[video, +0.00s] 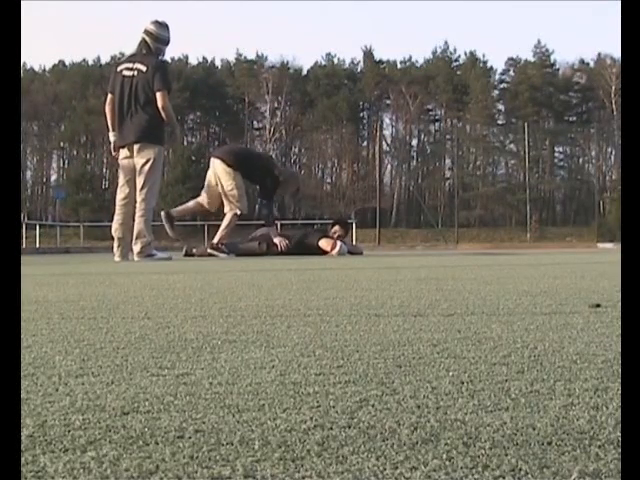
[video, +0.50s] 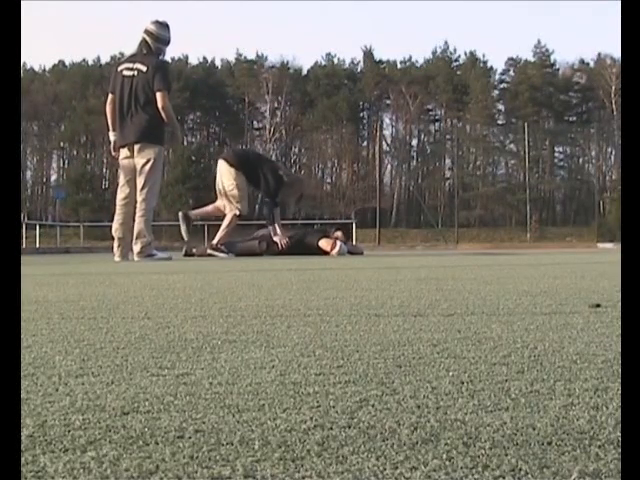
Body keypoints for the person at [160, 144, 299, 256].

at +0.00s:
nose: (287, 193)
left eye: (290, 190)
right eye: (290, 189)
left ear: (283, 176)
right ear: (286, 181)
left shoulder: (268, 174)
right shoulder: (270, 179)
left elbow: (267, 204)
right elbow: (266, 207)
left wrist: (273, 224)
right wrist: (274, 235)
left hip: (218, 158)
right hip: (227, 163)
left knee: (207, 202)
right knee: (235, 210)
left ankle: (172, 214)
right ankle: (216, 244)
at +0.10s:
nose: (289, 194)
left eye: (292, 191)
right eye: (291, 190)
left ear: (284, 177)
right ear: (286, 182)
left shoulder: (269, 175)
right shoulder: (271, 180)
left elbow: (270, 202)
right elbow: (267, 209)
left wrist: (277, 219)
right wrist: (274, 235)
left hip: (218, 157)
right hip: (228, 163)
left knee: (207, 201)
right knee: (235, 210)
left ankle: (171, 214)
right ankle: (215, 245)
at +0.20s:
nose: (288, 195)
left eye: (291, 193)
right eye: (290, 191)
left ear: (285, 179)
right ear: (287, 183)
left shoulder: (271, 178)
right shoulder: (271, 182)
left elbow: (270, 206)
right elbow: (267, 209)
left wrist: (278, 226)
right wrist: (274, 235)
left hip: (220, 157)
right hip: (229, 163)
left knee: (211, 203)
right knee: (234, 210)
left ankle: (175, 214)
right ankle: (215, 245)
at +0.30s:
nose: (289, 195)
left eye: (292, 192)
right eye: (292, 192)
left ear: (286, 179)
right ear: (289, 184)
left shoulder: (271, 178)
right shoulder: (273, 181)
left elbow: (270, 208)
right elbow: (268, 209)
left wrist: (276, 232)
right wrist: (275, 235)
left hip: (221, 159)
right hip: (230, 164)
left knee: (215, 204)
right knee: (235, 209)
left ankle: (179, 214)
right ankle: (215, 245)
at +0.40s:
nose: (289, 197)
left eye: (292, 194)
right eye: (291, 193)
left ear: (288, 182)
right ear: (289, 186)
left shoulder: (273, 179)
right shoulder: (274, 180)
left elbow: (271, 207)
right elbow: (269, 207)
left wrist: (276, 233)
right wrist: (275, 234)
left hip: (224, 160)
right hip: (231, 164)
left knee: (220, 205)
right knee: (237, 209)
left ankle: (186, 215)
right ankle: (216, 244)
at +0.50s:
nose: (291, 197)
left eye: (295, 195)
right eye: (294, 194)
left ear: (290, 183)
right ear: (291, 186)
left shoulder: (273, 180)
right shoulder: (276, 181)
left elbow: (269, 210)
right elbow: (273, 209)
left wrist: (275, 234)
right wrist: (278, 234)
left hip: (226, 161)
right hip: (233, 165)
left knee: (224, 205)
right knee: (236, 209)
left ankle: (190, 216)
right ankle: (215, 244)